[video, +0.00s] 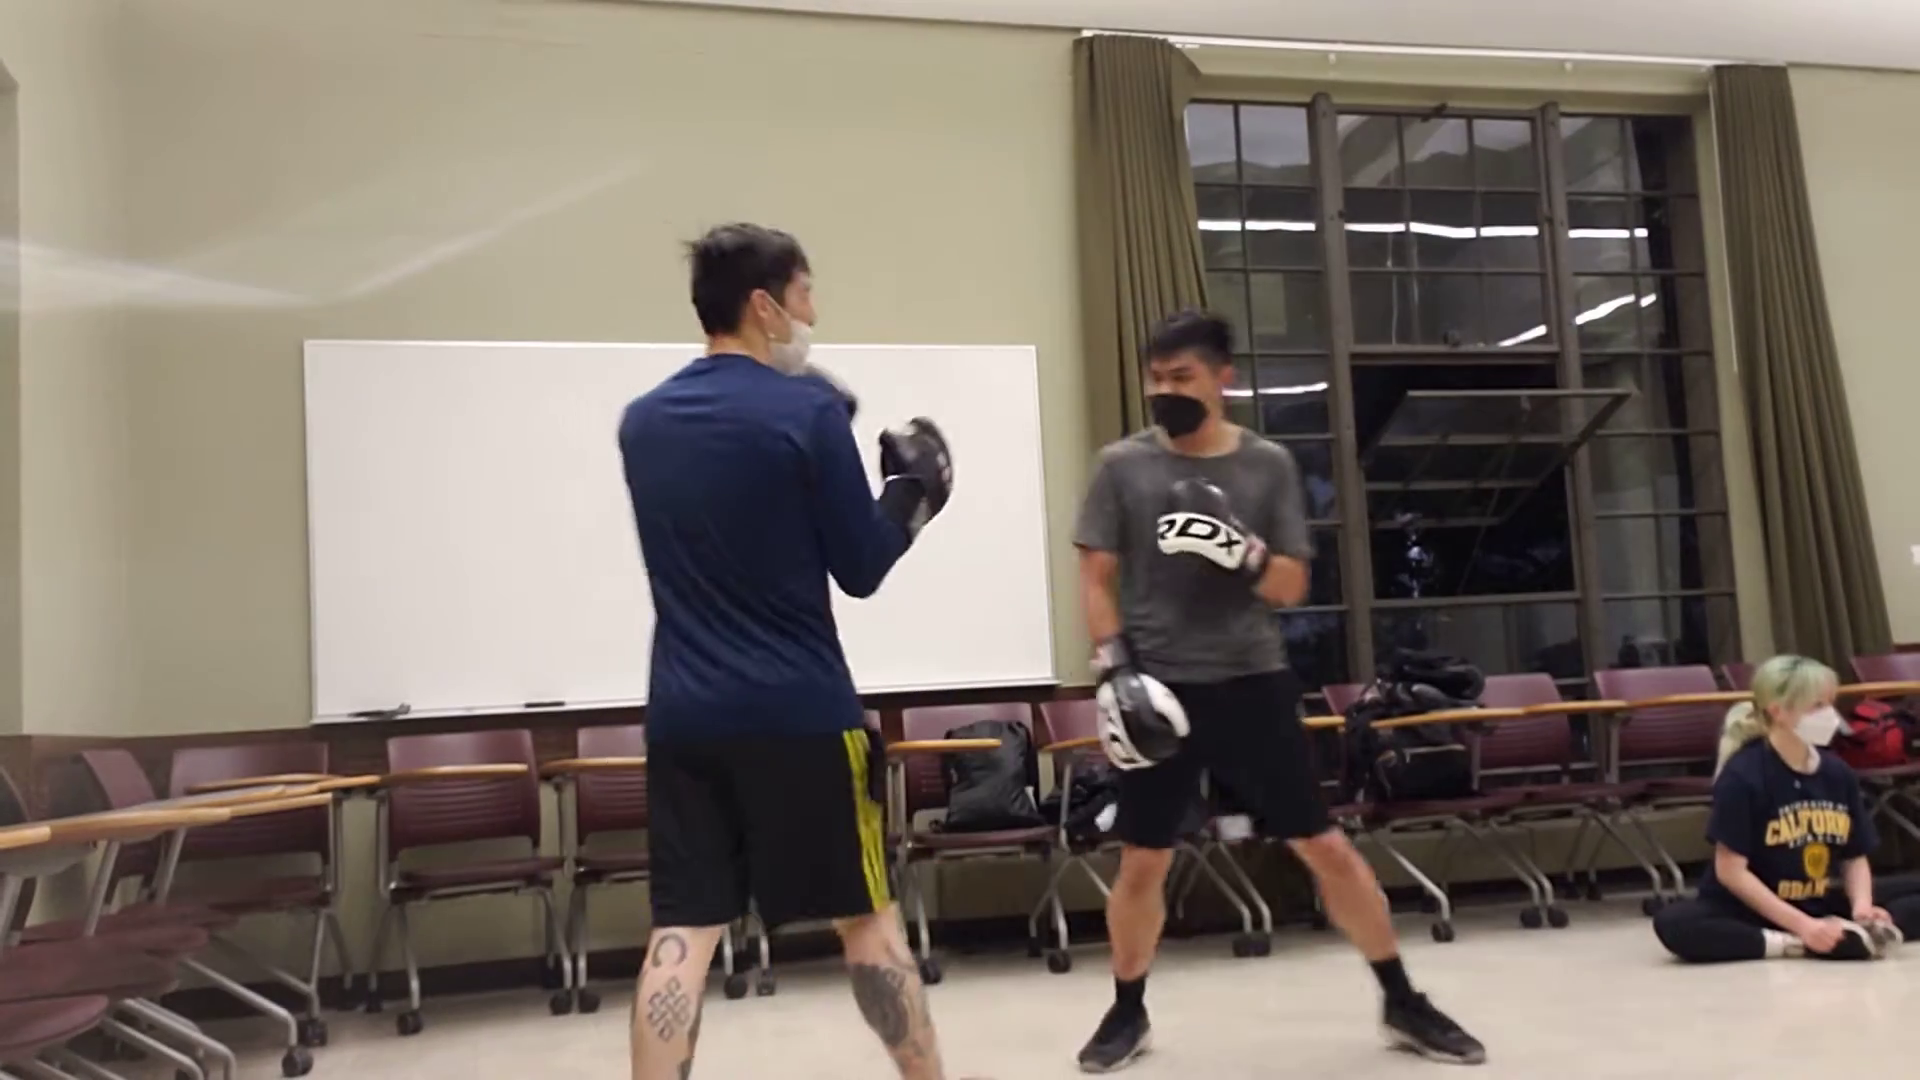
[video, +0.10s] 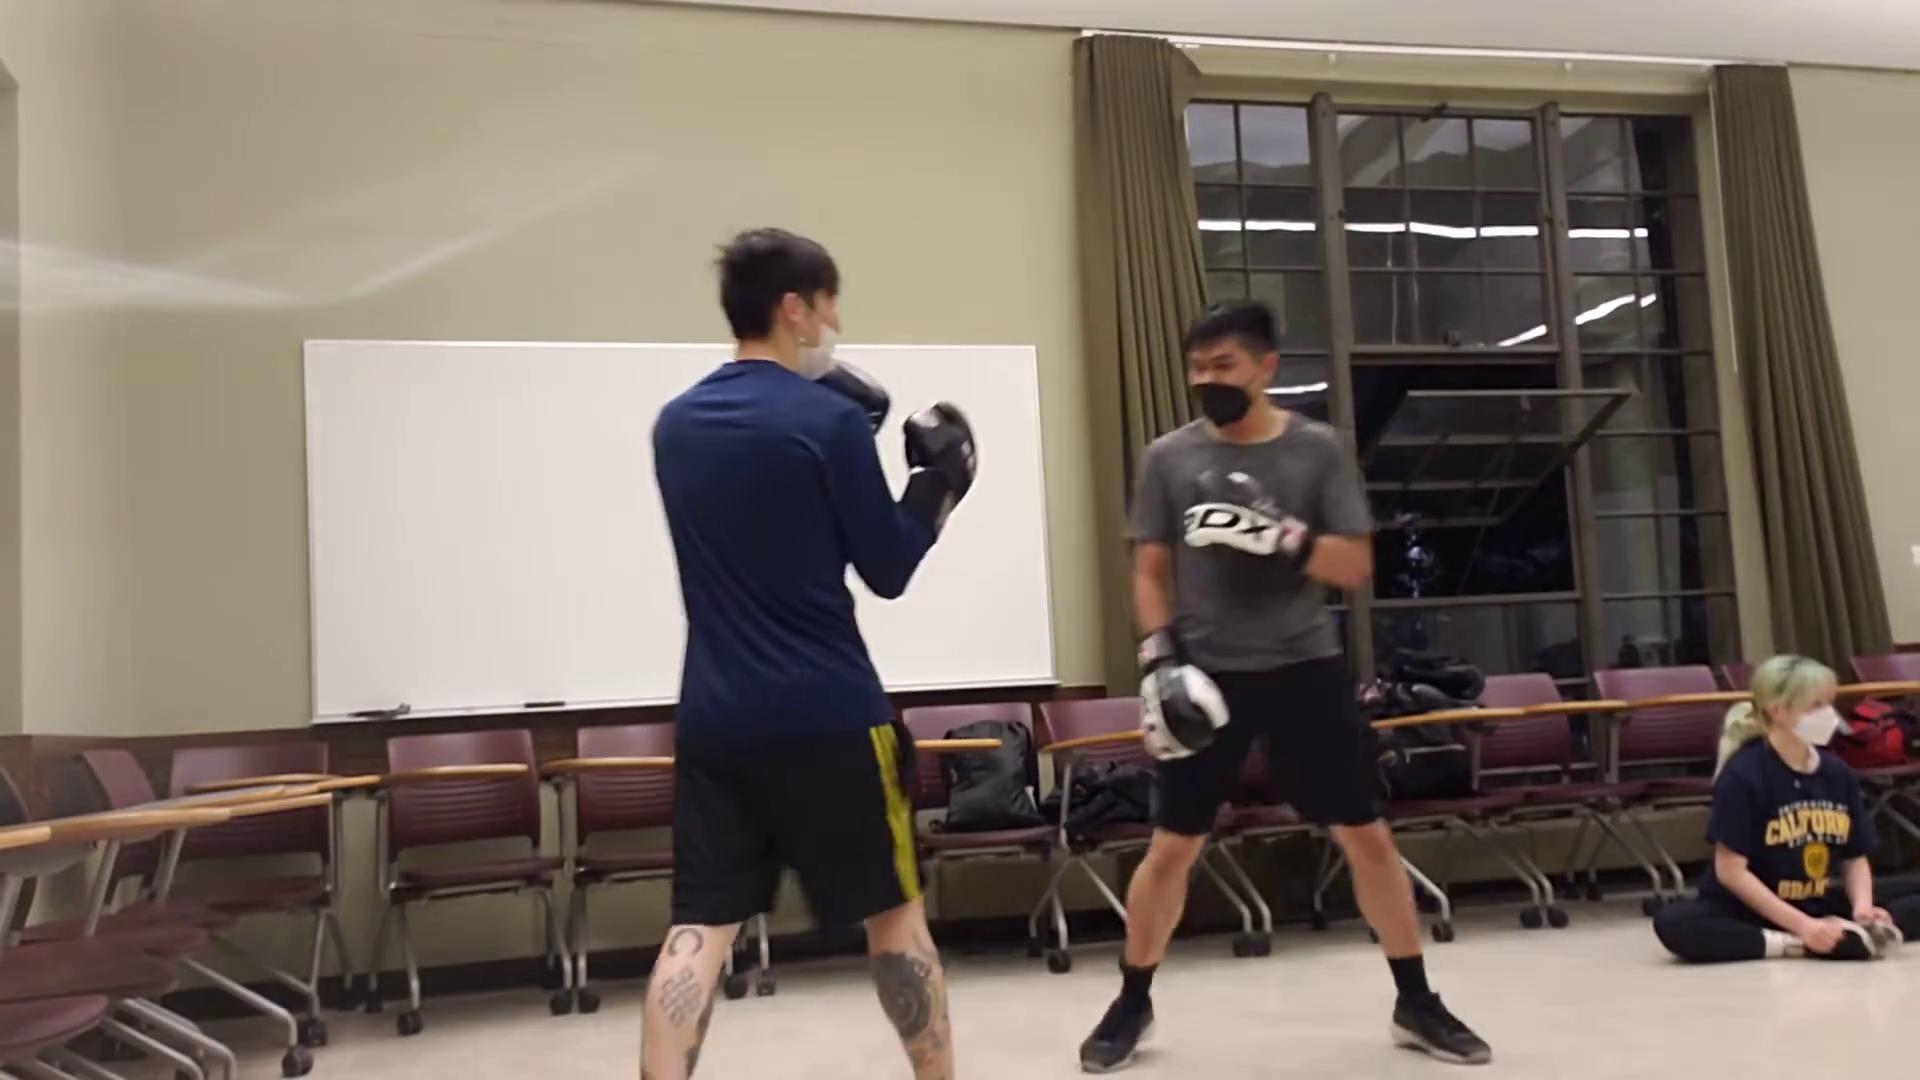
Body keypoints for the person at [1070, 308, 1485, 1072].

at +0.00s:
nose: (1167, 394)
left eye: (1182, 379)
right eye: (1156, 381)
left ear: (1224, 377)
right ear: (1145, 384)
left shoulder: (1268, 464)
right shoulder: (1121, 468)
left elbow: (1292, 586)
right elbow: (1096, 577)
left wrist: (1241, 550)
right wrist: (1114, 670)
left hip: (1254, 687)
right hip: (1158, 689)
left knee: (1321, 844)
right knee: (1140, 865)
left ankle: (1401, 999)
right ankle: (1126, 1012)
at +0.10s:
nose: (1210, 382)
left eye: (1224, 366)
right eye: (1199, 370)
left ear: (1267, 364)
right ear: (1189, 374)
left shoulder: (1321, 450)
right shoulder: (1167, 459)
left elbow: (1355, 569)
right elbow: (1150, 571)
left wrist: (1284, 536)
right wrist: (1161, 659)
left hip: (1307, 674)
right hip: (1206, 676)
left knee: (1367, 833)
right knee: (1170, 847)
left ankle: (1417, 1000)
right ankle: (1131, 1002)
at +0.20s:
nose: (1247, 368)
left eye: (1262, 351)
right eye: (1235, 356)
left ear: (1305, 348)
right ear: (1225, 360)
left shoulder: (1358, 428)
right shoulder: (1207, 442)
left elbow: (1406, 540)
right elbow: (1196, 554)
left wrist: (1327, 514)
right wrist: (1203, 641)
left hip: (1348, 655)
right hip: (1248, 659)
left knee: (1390, 820)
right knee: (1202, 825)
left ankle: (1419, 995)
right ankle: (1160, 993)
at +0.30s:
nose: (1274, 368)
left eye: (1289, 351)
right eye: (1263, 354)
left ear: (1332, 345)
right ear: (1251, 354)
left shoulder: (1388, 422)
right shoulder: (1237, 440)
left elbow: (1435, 538)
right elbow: (1221, 552)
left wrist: (1362, 512)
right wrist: (1230, 636)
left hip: (1374, 654)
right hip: (1272, 657)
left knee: (1403, 821)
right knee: (1235, 822)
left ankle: (1421, 1000)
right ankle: (1213, 998)